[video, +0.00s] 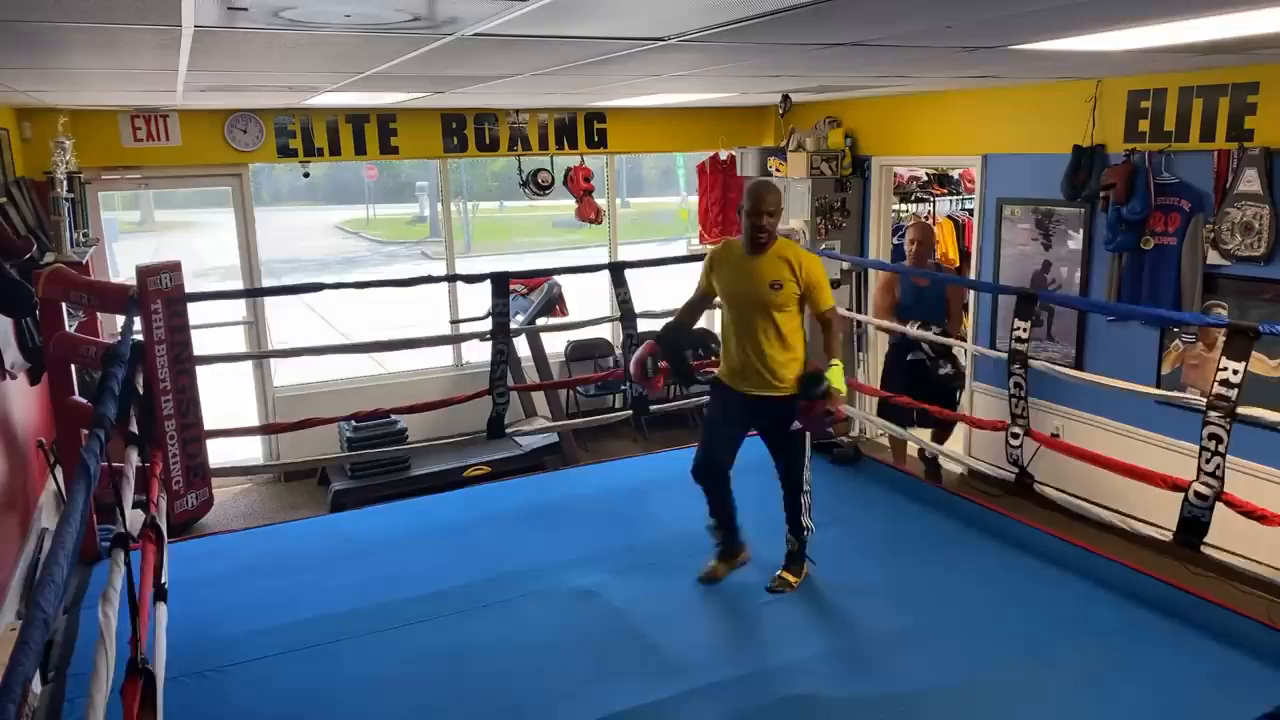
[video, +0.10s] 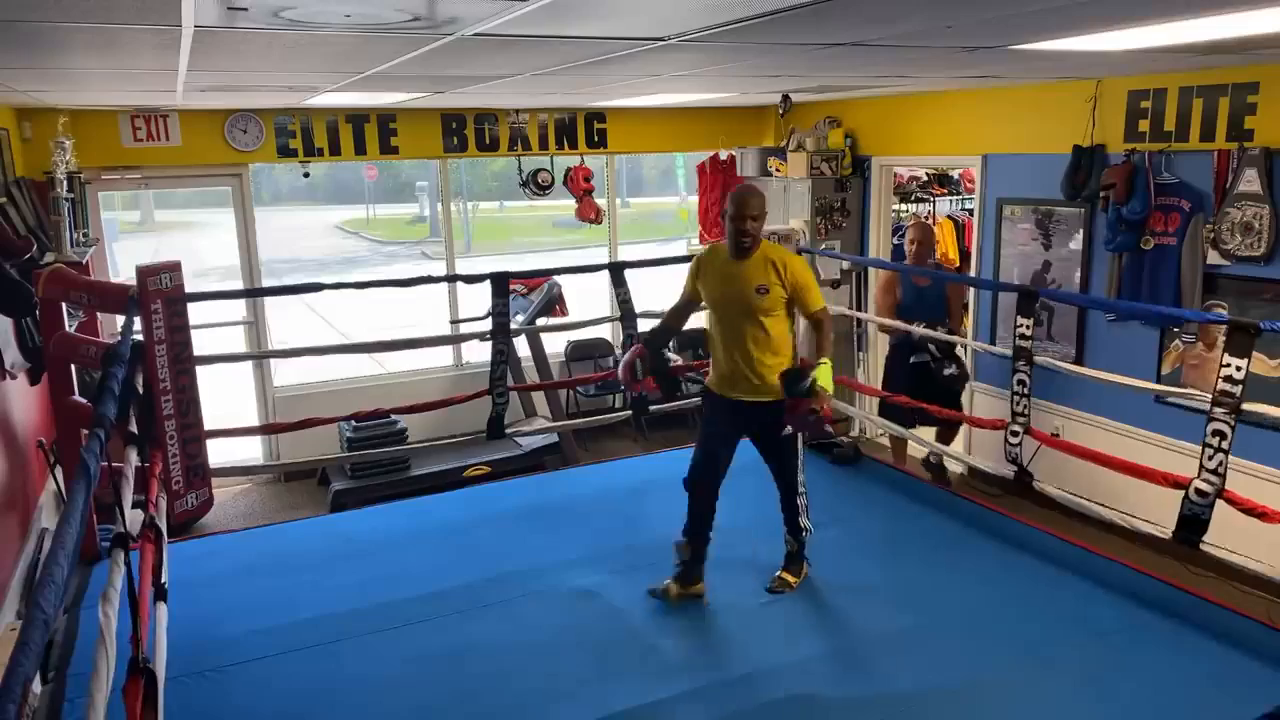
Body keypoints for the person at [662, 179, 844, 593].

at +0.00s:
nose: (761, 224)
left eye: (770, 215)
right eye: (753, 214)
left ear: (782, 217)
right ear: (740, 213)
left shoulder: (801, 262)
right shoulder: (721, 257)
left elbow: (830, 320)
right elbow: (699, 301)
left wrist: (829, 370)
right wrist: (665, 338)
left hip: (783, 394)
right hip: (731, 388)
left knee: (795, 483)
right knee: (708, 469)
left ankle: (795, 560)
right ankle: (730, 548)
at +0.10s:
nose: (745, 228)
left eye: (754, 219)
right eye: (736, 219)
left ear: (766, 221)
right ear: (724, 217)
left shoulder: (786, 264)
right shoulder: (707, 261)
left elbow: (823, 321)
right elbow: (683, 309)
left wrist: (819, 369)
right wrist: (648, 344)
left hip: (774, 399)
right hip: (722, 397)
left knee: (790, 486)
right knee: (700, 482)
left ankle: (795, 561)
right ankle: (690, 575)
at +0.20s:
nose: (728, 229)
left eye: (736, 221)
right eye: (720, 221)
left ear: (748, 224)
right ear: (705, 223)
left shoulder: (769, 267)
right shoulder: (689, 268)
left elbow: (811, 319)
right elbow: (663, 323)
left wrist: (812, 367)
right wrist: (633, 362)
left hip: (762, 403)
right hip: (710, 403)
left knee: (783, 490)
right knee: (695, 497)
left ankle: (794, 560)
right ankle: (681, 581)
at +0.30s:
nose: (706, 224)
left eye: (713, 216)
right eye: (698, 216)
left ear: (724, 219)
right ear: (684, 219)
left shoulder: (748, 262)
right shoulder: (669, 270)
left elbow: (790, 313)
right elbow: (654, 328)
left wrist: (806, 362)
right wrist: (628, 372)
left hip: (745, 401)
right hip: (693, 404)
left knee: (766, 489)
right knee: (687, 499)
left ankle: (790, 551)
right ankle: (680, 582)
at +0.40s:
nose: (677, 224)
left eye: (685, 215)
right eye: (668, 217)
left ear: (696, 216)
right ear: (655, 220)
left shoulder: (724, 257)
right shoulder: (646, 275)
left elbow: (773, 306)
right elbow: (639, 329)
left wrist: (795, 353)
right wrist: (620, 384)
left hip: (726, 399)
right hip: (675, 404)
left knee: (736, 494)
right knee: (679, 501)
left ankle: (772, 542)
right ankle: (679, 583)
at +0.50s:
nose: (665, 224)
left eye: (672, 215)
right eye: (656, 216)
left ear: (683, 216)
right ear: (643, 220)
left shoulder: (715, 256)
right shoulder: (637, 275)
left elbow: (766, 302)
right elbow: (634, 335)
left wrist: (792, 348)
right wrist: (613, 394)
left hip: (719, 396)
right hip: (670, 402)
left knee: (726, 495)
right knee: (676, 499)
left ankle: (760, 549)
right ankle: (678, 583)